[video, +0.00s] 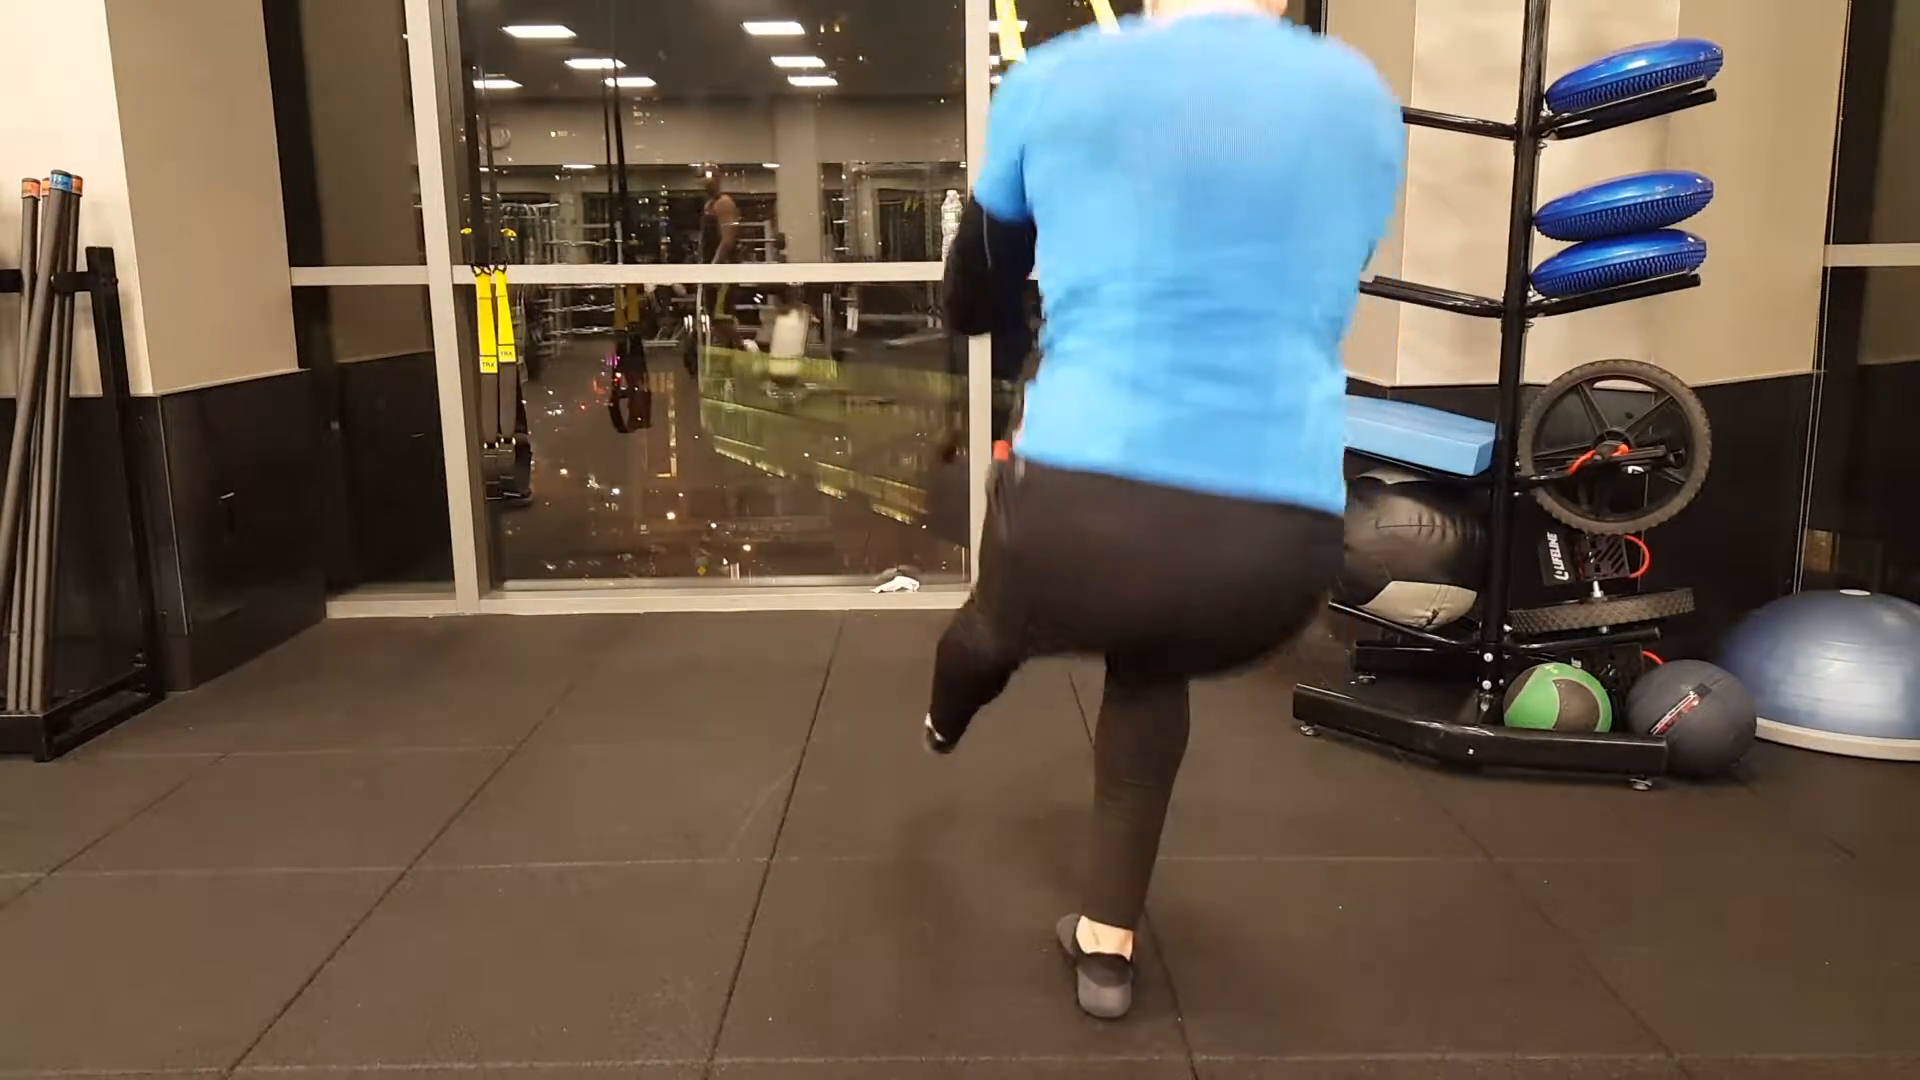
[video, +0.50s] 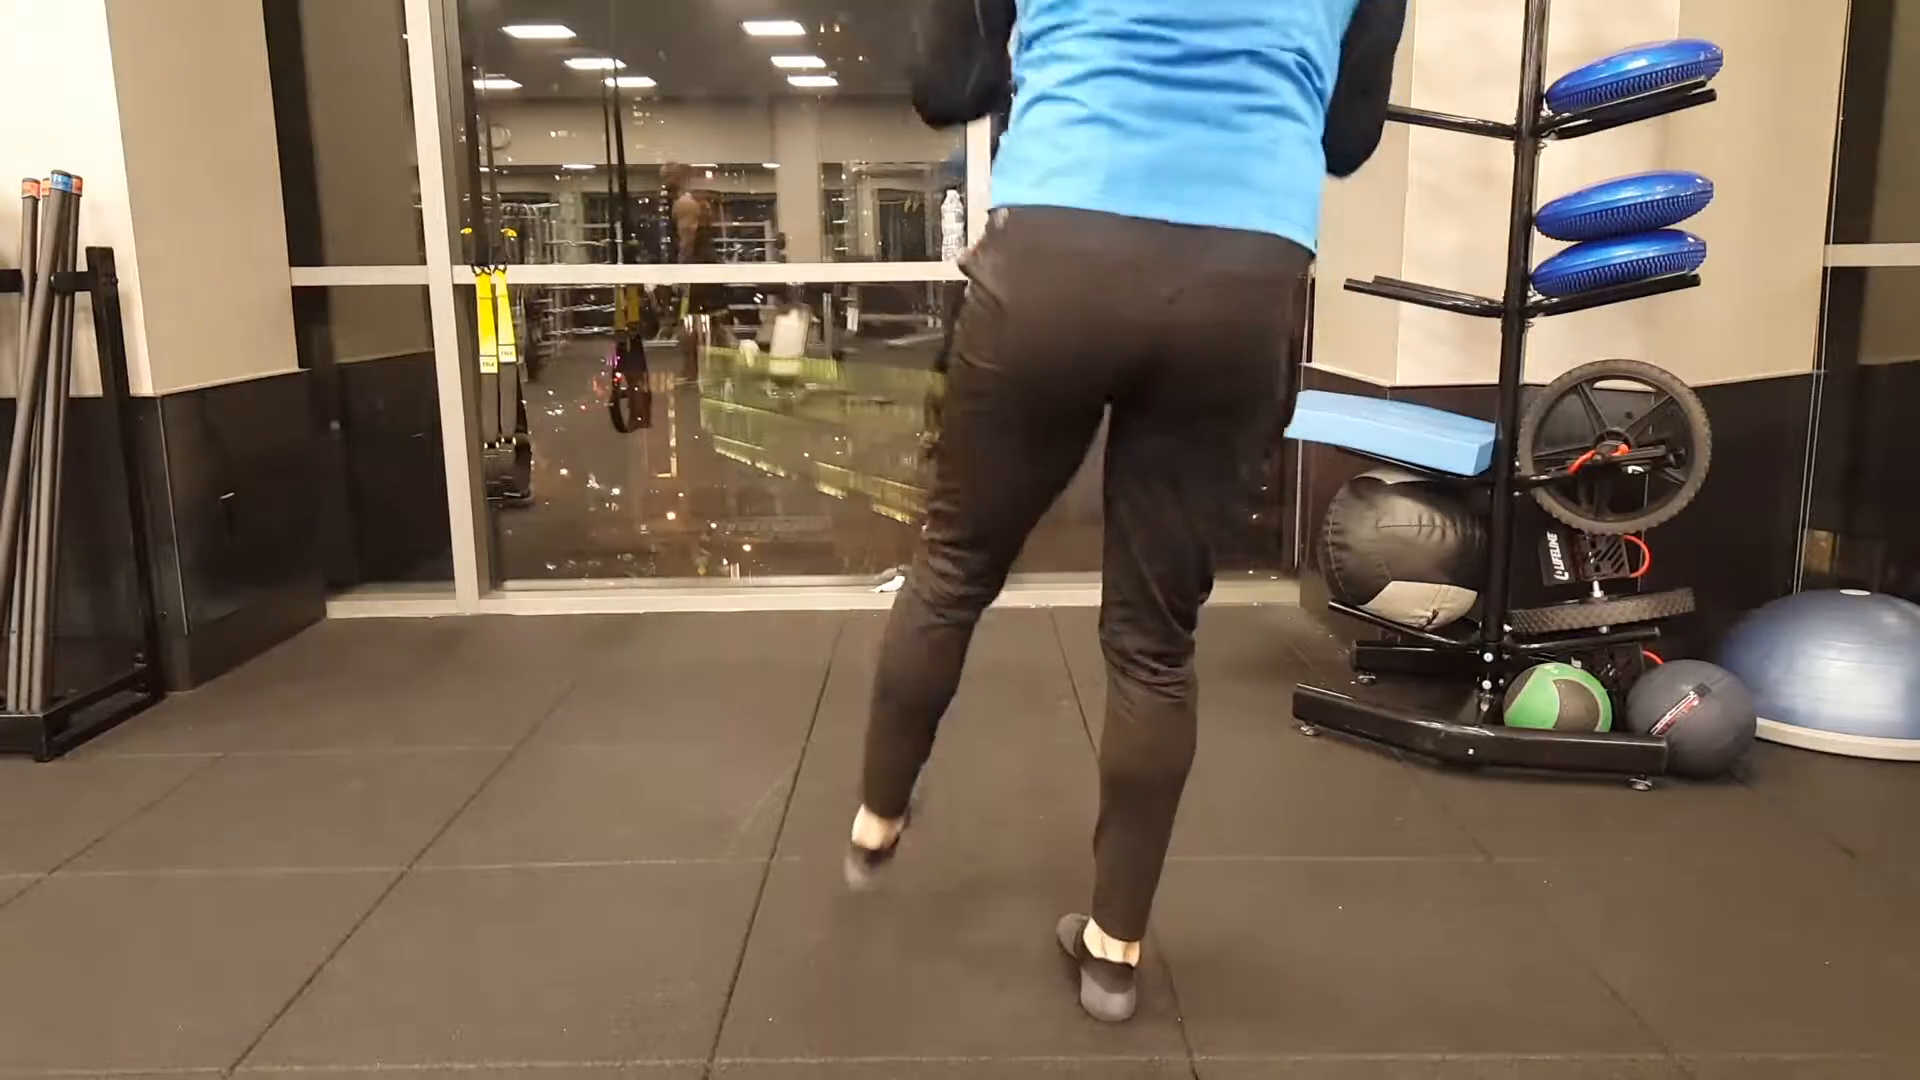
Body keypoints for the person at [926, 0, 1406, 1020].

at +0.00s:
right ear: (1279, 1)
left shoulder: (1050, 78)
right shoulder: (1361, 94)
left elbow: (984, 290)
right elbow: (1329, 286)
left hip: (1082, 522)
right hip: (1273, 546)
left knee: (998, 626)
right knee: (1152, 662)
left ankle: (945, 719)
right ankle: (1111, 943)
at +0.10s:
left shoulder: (1042, 28)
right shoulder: (1365, 41)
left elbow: (985, 245)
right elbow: (1339, 232)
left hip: (1091, 445)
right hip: (1282, 459)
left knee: (995, 603)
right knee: (1155, 654)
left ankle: (935, 722)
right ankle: (1113, 945)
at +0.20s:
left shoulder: (1031, 5)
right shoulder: (1372, 14)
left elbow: (973, 217)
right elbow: (1332, 220)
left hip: (1087, 376)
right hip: (1279, 395)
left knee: (989, 578)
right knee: (1152, 642)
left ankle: (921, 732)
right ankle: (1113, 946)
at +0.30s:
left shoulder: (1025, 0)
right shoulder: (1369, 8)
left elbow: (964, 164)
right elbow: (1341, 192)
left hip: (1082, 328)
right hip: (1271, 348)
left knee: (971, 569)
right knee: (1152, 638)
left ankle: (902, 755)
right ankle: (1110, 945)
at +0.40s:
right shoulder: (1369, 5)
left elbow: (957, 128)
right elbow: (1346, 165)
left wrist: (1044, 81)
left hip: (1072, 275)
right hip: (1262, 297)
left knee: (959, 566)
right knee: (1153, 636)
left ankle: (888, 780)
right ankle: (1114, 949)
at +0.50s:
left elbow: (944, 91)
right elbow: (1346, 139)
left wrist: (1048, 38)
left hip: (1056, 250)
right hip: (1248, 272)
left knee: (952, 570)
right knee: (1156, 637)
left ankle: (876, 821)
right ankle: (1116, 952)